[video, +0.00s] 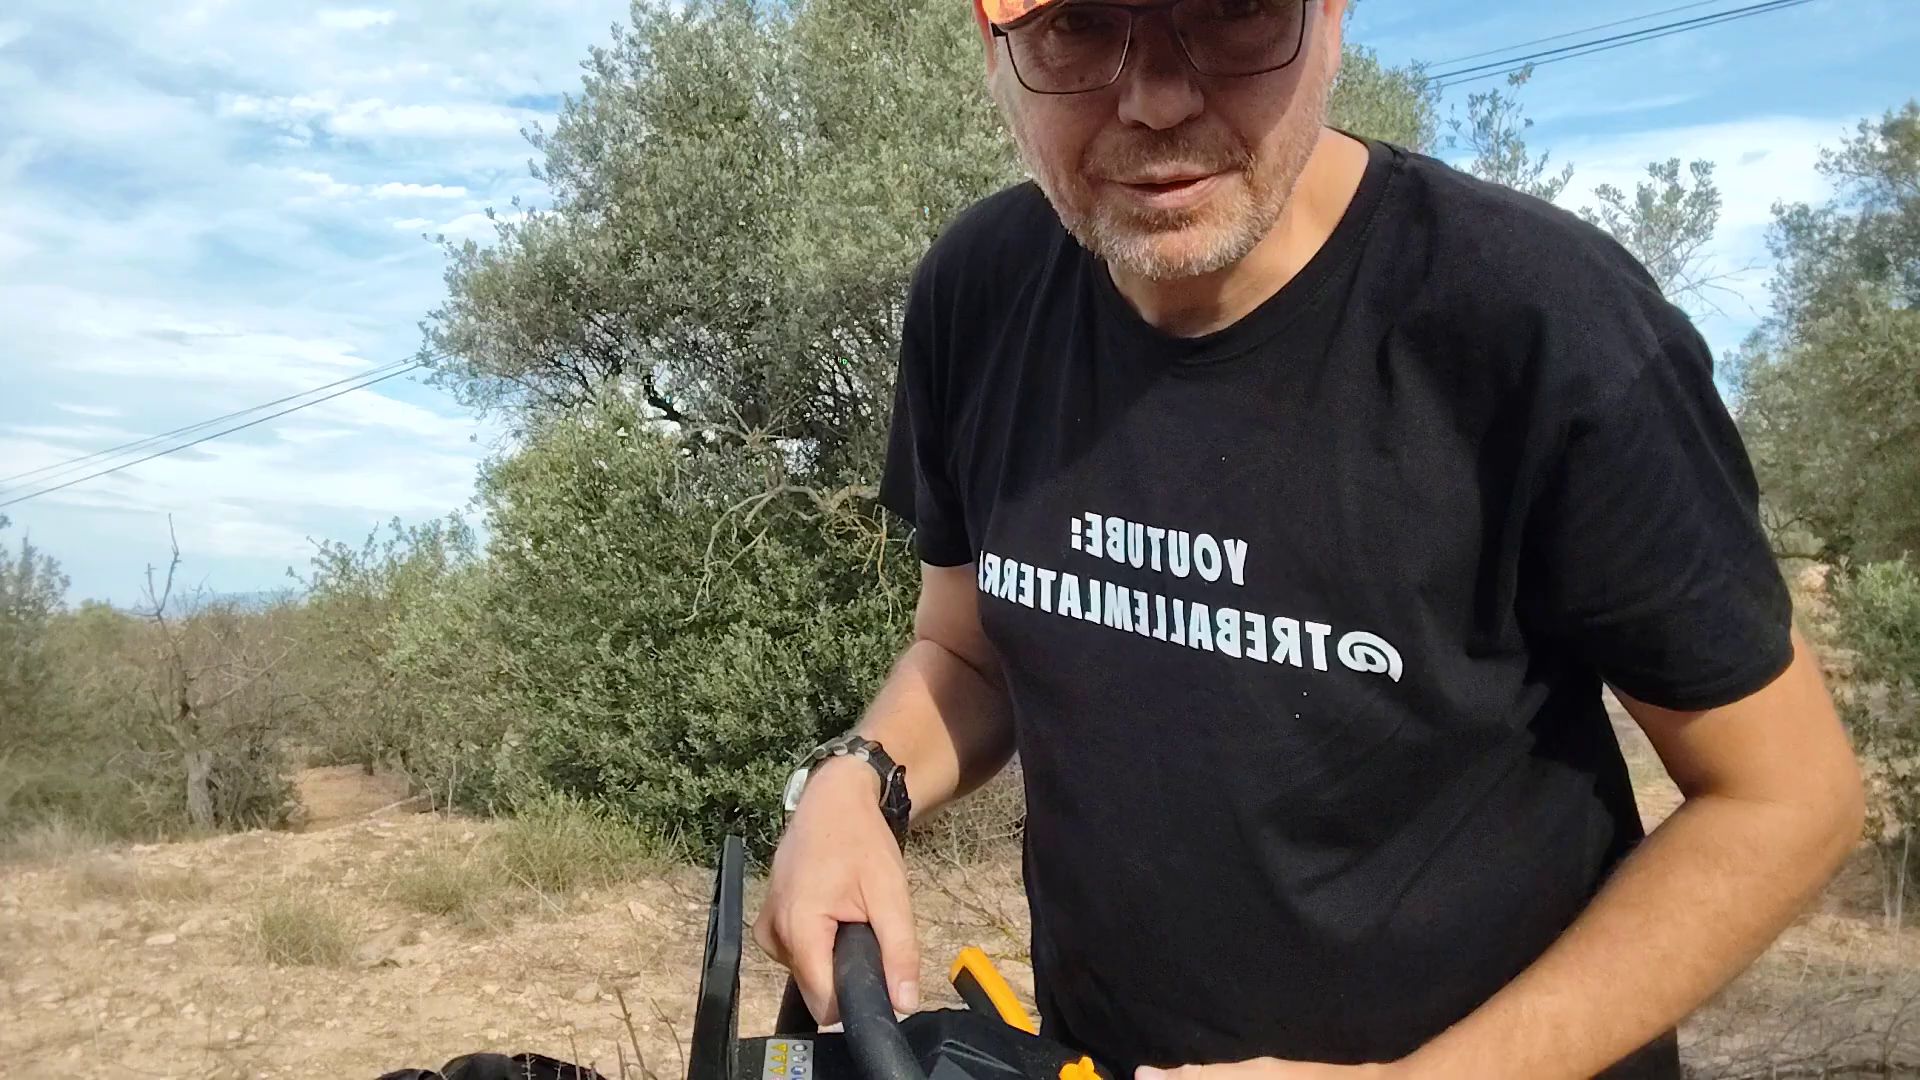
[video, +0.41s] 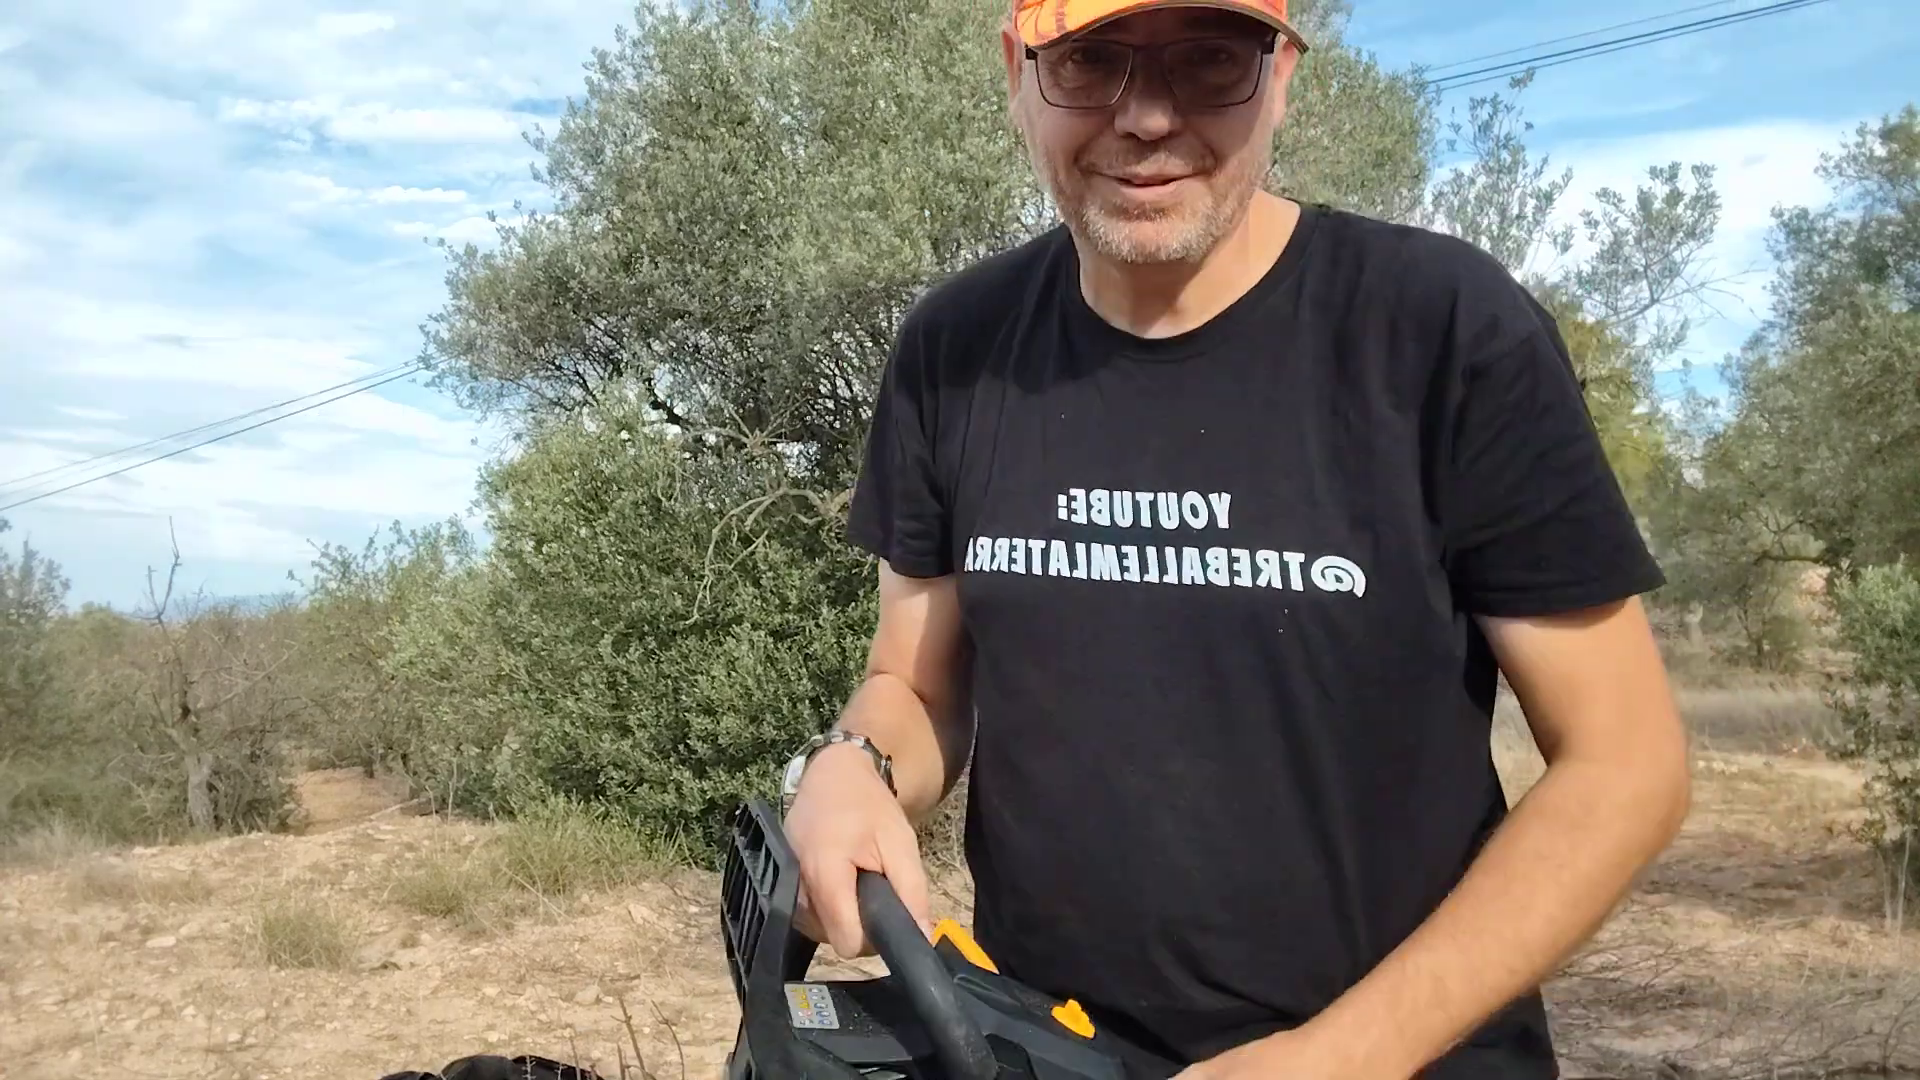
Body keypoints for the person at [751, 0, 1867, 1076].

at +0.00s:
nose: (1156, 102)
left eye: (1230, 32)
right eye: (1085, 33)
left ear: (1328, 29)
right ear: (1000, 49)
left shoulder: (1550, 321)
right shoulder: (978, 297)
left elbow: (1789, 792)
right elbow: (970, 653)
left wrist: (1439, 1073)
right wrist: (854, 790)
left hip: (1491, 1046)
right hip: (1097, 1046)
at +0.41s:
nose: (1148, 121)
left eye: (1211, 62)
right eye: (1094, 62)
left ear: (1281, 79)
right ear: (1020, 82)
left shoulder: (1450, 327)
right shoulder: (955, 347)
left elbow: (1628, 764)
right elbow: (913, 688)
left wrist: (1343, 1047)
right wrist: (846, 769)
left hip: (1419, 1040)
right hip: (1056, 1039)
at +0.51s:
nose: (1142, 121)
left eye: (1196, 67)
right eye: (1092, 68)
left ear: (1266, 88)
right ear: (1017, 90)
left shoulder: (1426, 328)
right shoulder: (946, 352)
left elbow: (1590, 739)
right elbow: (905, 677)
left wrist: (1366, 1022)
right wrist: (852, 761)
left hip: (1385, 1037)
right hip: (1040, 1034)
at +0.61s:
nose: (1135, 133)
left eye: (1185, 81)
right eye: (1086, 83)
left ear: (1253, 98)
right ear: (1014, 100)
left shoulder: (1406, 328)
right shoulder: (941, 358)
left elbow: (1561, 737)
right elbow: (895, 682)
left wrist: (1392, 986)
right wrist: (848, 759)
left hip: (1364, 1038)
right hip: (1036, 1038)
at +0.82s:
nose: (1119, 162)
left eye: (1172, 112)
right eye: (1071, 113)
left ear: (1229, 124)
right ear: (1003, 125)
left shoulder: (1370, 343)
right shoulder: (931, 371)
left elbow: (1570, 742)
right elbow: (880, 683)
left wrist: (1383, 771)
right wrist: (849, 759)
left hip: (1343, 1030)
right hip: (1035, 1027)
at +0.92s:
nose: (1109, 169)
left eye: (1161, 119)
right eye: (1061, 120)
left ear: (1221, 123)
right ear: (994, 132)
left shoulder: (1362, 344)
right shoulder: (930, 376)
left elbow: (1587, 738)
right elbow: (878, 683)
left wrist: (1390, 645)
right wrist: (848, 758)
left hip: (1340, 1025)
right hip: (1041, 1025)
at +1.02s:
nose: (1101, 172)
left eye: (1152, 124)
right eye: (1057, 124)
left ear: (1214, 131)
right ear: (991, 136)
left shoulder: (1359, 341)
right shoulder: (930, 380)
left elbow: (1586, 731)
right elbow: (881, 687)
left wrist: (1376, 536)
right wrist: (847, 757)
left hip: (1339, 1019)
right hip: (1038, 1019)